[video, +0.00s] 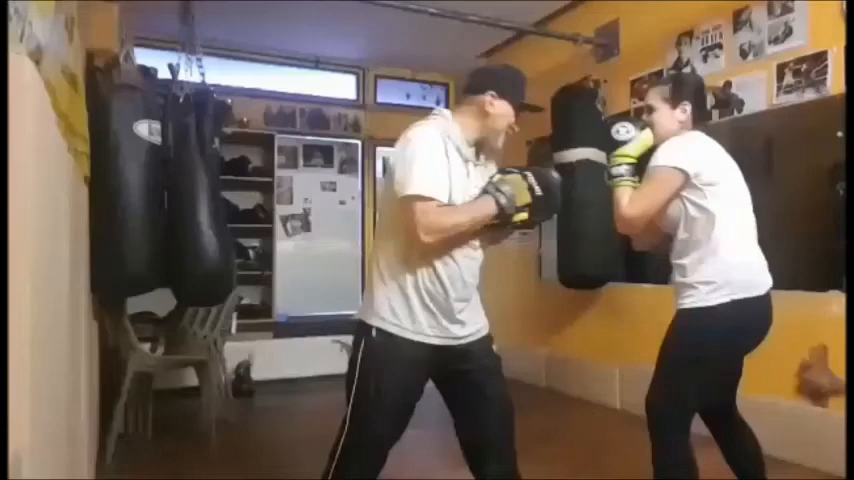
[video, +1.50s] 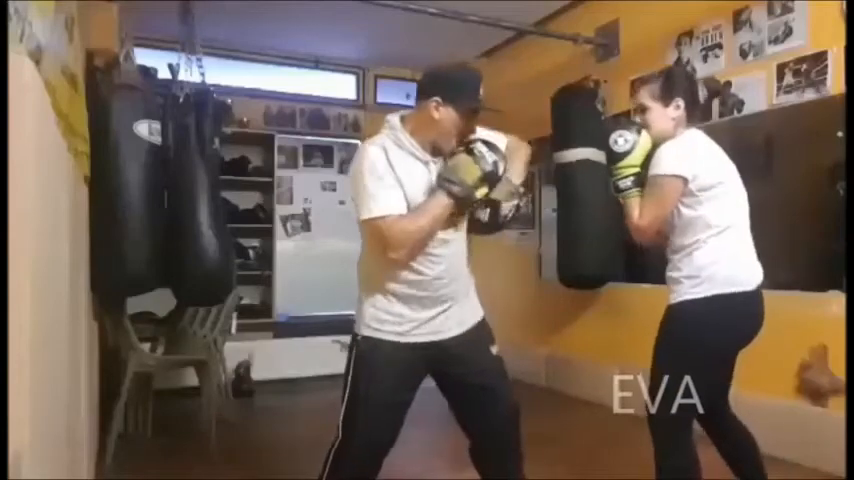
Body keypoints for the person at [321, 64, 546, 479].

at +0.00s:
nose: (516, 124)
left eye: (518, 113)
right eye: (515, 110)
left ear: (489, 104)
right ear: (490, 101)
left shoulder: (481, 156)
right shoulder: (424, 138)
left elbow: (472, 236)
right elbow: (427, 227)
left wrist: (512, 216)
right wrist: (499, 201)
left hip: (463, 331)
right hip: (398, 329)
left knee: (497, 458)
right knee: (360, 458)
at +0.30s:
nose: (526, 130)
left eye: (530, 121)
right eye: (527, 117)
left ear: (502, 106)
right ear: (505, 104)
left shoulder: (485, 157)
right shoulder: (436, 136)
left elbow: (486, 237)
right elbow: (437, 227)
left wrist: (531, 216)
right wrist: (508, 195)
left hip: (469, 328)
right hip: (403, 325)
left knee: (498, 459)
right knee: (361, 455)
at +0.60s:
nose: (496, 120)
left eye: (499, 111)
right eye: (495, 108)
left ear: (468, 103)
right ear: (467, 100)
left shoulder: (466, 155)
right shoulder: (402, 142)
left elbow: (460, 235)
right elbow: (414, 233)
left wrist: (501, 212)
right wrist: (481, 194)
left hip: (459, 330)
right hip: (392, 330)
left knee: (495, 448)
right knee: (360, 453)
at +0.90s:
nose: (498, 125)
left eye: (502, 116)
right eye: (498, 114)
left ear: (472, 106)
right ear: (472, 104)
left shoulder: (463, 155)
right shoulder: (405, 143)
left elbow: (466, 231)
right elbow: (421, 232)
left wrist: (505, 207)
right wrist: (485, 192)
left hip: (461, 330)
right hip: (394, 331)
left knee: (496, 454)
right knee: (358, 460)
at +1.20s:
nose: (493, 132)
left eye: (497, 124)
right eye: (493, 120)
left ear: (467, 110)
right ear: (467, 108)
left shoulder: (459, 156)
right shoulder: (402, 147)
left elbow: (461, 236)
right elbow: (419, 237)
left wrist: (504, 206)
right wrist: (482, 195)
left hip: (461, 329)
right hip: (395, 332)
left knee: (498, 444)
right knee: (358, 458)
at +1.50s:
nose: (472, 129)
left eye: (474, 119)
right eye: (467, 116)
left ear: (439, 110)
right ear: (436, 109)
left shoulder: (459, 146)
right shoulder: (376, 156)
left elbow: (518, 148)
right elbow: (397, 246)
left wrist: (506, 189)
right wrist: (452, 191)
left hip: (459, 321)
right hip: (390, 331)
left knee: (499, 429)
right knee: (360, 452)